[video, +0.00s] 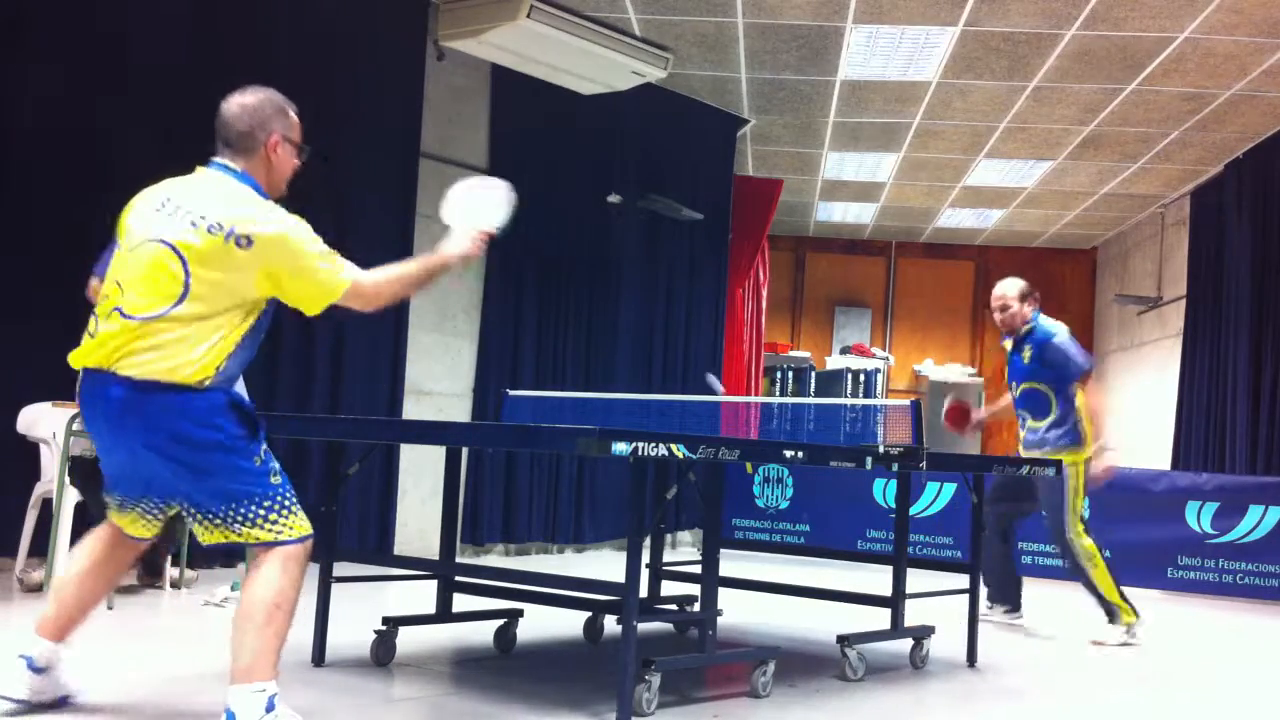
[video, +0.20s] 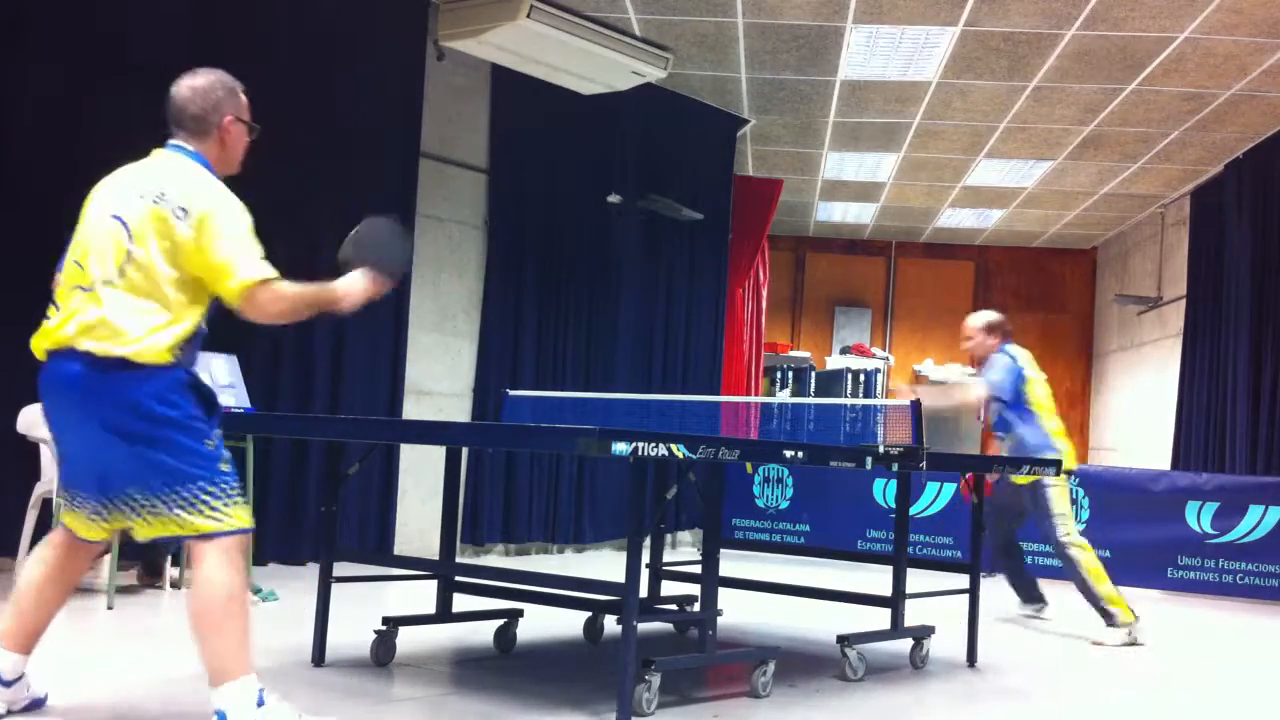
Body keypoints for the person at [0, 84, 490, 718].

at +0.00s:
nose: (297, 161)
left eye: (298, 148)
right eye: (296, 147)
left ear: (223, 142)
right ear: (273, 145)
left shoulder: (154, 197)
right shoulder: (270, 226)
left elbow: (102, 289)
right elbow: (366, 292)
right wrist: (449, 256)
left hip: (103, 390)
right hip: (183, 401)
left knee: (134, 519)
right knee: (286, 540)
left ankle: (35, 661)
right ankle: (252, 702)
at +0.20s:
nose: (250, 136)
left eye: (249, 124)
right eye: (247, 124)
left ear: (176, 125)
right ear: (227, 127)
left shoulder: (117, 182)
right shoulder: (210, 200)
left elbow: (77, 285)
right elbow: (262, 301)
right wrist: (343, 292)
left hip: (66, 373)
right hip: (139, 378)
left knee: (83, 529)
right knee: (222, 529)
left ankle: (4, 669)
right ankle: (238, 700)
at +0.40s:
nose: (219, 130)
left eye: (220, 118)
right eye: (219, 118)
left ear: (150, 113)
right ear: (202, 115)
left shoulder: (82, 172)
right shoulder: (190, 178)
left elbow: (27, 271)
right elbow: (193, 282)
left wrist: (85, 319)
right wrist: (244, 325)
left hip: (49, 363)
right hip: (132, 367)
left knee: (52, 529)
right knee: (172, 537)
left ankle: (3, 678)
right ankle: (142, 706)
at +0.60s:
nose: (219, 123)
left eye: (219, 111)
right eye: (219, 111)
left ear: (147, 105)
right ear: (201, 110)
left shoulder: (78, 165)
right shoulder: (190, 175)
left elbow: (21, 264)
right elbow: (197, 282)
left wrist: (73, 316)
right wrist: (233, 331)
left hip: (37, 358)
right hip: (117, 365)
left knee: (49, 522)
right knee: (166, 539)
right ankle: (139, 707)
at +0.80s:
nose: (233, 129)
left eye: (234, 117)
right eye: (232, 116)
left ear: (160, 111)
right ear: (211, 117)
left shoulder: (113, 165)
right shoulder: (172, 180)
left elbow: (66, 274)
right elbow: (159, 291)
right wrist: (229, 340)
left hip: (29, 362)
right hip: (89, 370)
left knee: (58, 529)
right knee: (182, 530)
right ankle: (122, 702)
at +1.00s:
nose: (252, 117)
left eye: (252, 104)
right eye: (248, 103)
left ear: (192, 106)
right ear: (221, 109)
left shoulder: (164, 169)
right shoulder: (159, 182)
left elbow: (160, 294)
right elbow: (119, 299)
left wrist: (224, 339)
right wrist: (227, 339)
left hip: (108, 377)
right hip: (113, 381)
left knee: (108, 539)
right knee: (179, 551)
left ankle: (15, 671)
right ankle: (87, 708)